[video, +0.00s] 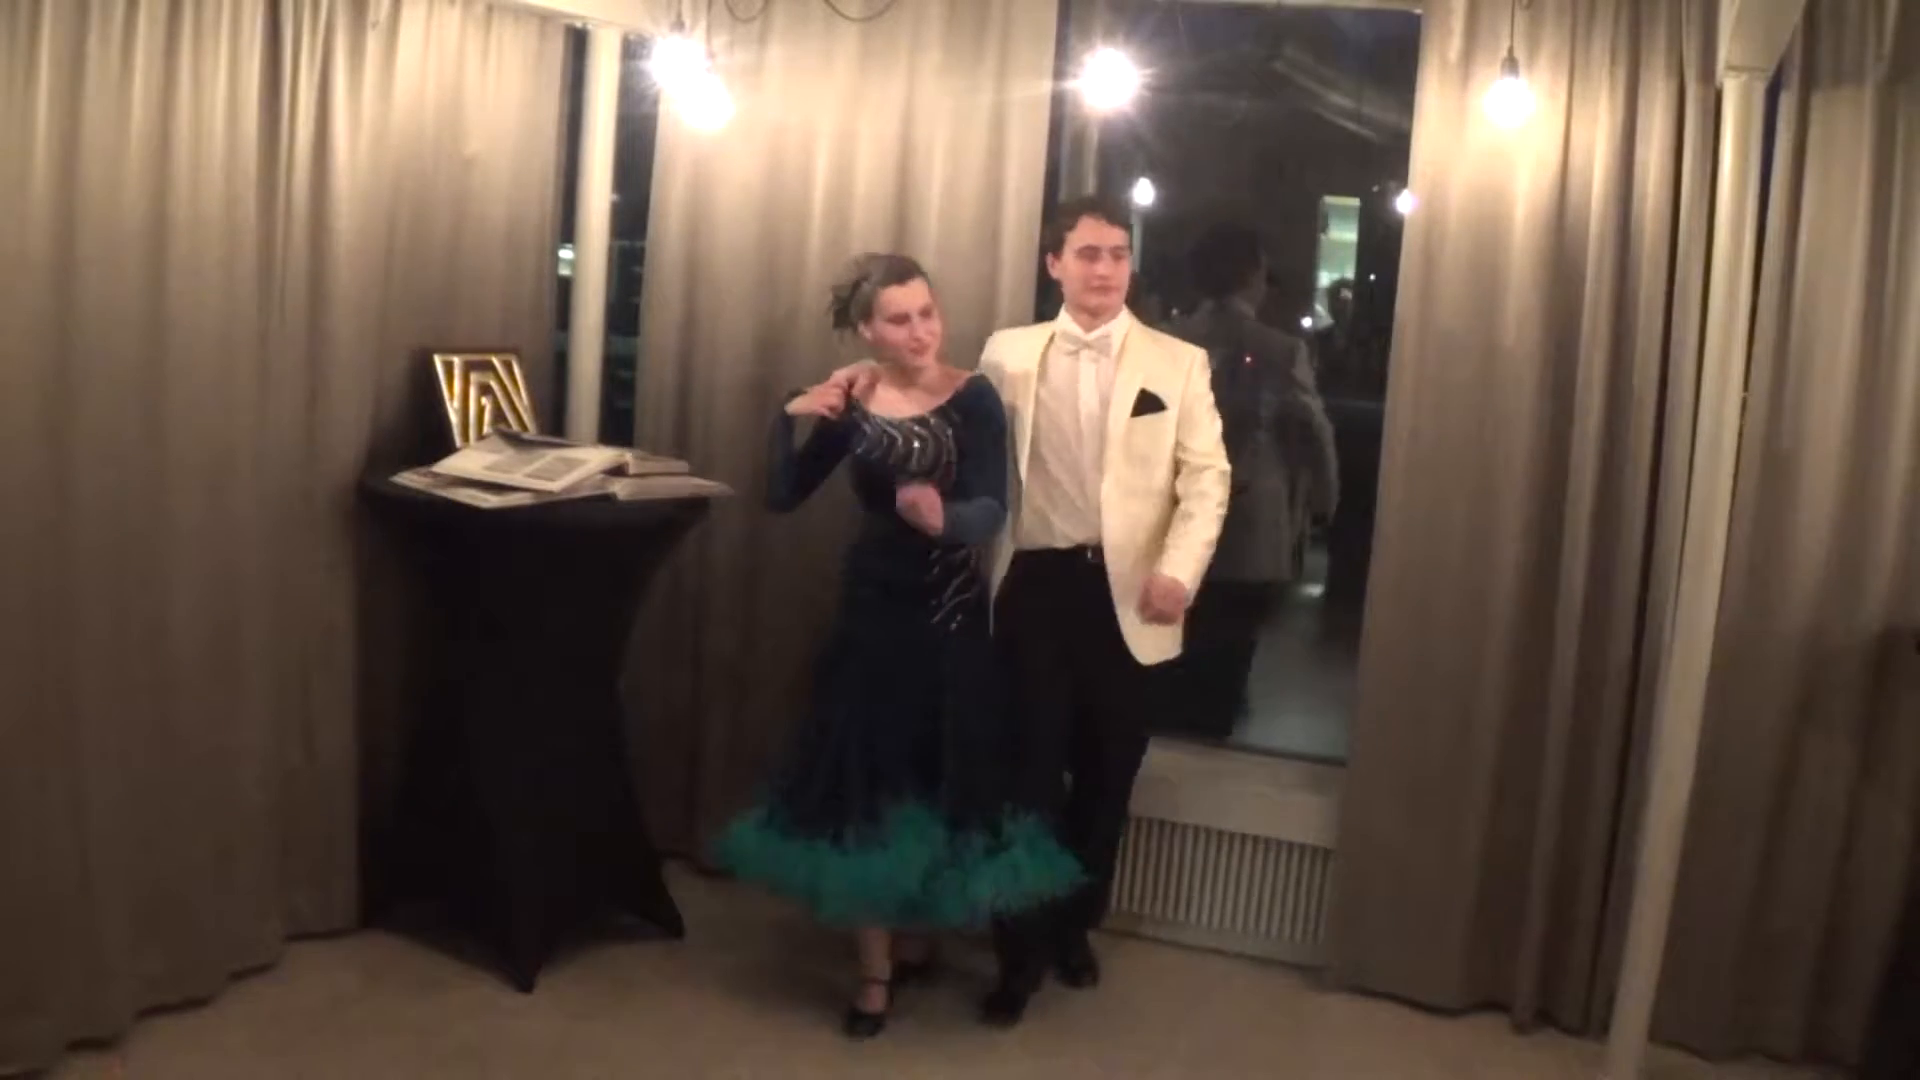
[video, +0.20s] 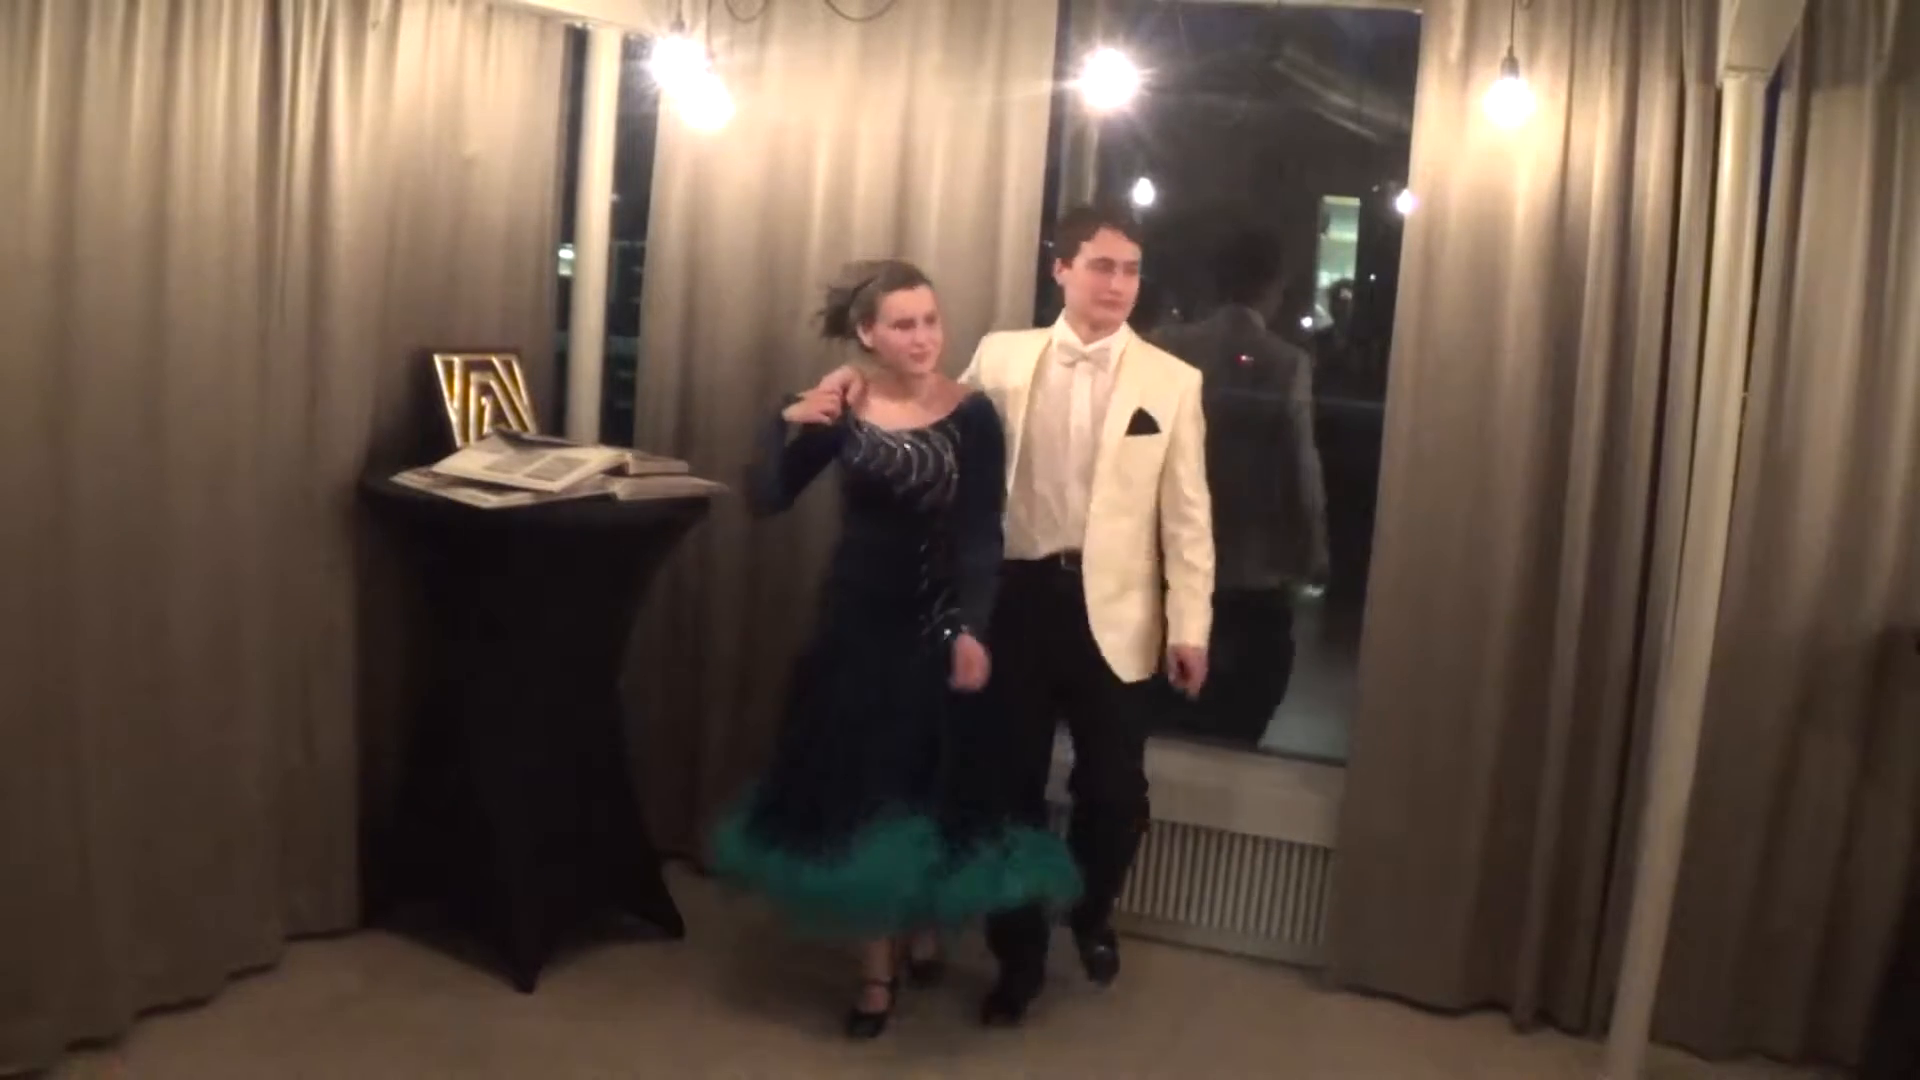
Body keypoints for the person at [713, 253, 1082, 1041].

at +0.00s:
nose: (918, 330)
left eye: (926, 313)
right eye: (899, 320)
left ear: (940, 311)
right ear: (866, 332)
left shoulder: (974, 397)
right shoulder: (852, 402)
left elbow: (992, 509)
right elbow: (785, 493)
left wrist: (946, 519)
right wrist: (796, 420)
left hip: (954, 604)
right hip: (876, 598)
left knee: (934, 757)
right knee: (866, 759)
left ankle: (916, 922)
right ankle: (872, 956)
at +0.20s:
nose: (922, 336)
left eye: (930, 320)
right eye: (903, 325)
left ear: (943, 325)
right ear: (866, 336)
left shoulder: (971, 415)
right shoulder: (845, 408)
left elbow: (982, 529)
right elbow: (770, 495)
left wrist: (973, 625)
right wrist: (791, 423)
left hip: (941, 618)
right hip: (862, 611)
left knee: (935, 770)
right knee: (865, 777)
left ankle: (923, 920)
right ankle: (874, 955)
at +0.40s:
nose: (933, 323)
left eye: (940, 309)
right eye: (915, 309)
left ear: (948, 317)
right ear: (869, 317)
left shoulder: (968, 407)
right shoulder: (837, 393)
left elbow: (991, 525)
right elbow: (747, 479)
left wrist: (1055, 607)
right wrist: (788, 400)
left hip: (933, 617)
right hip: (850, 611)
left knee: (917, 793)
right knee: (848, 785)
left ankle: (883, 985)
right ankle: (878, 954)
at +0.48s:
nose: (938, 321)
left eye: (945, 308)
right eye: (921, 307)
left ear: (951, 316)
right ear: (871, 314)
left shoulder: (964, 407)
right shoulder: (833, 393)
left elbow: (999, 528)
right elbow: (737, 470)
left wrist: (1086, 577)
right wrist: (789, 392)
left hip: (929, 620)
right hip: (846, 616)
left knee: (906, 796)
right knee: (848, 786)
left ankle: (873, 986)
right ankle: (889, 950)